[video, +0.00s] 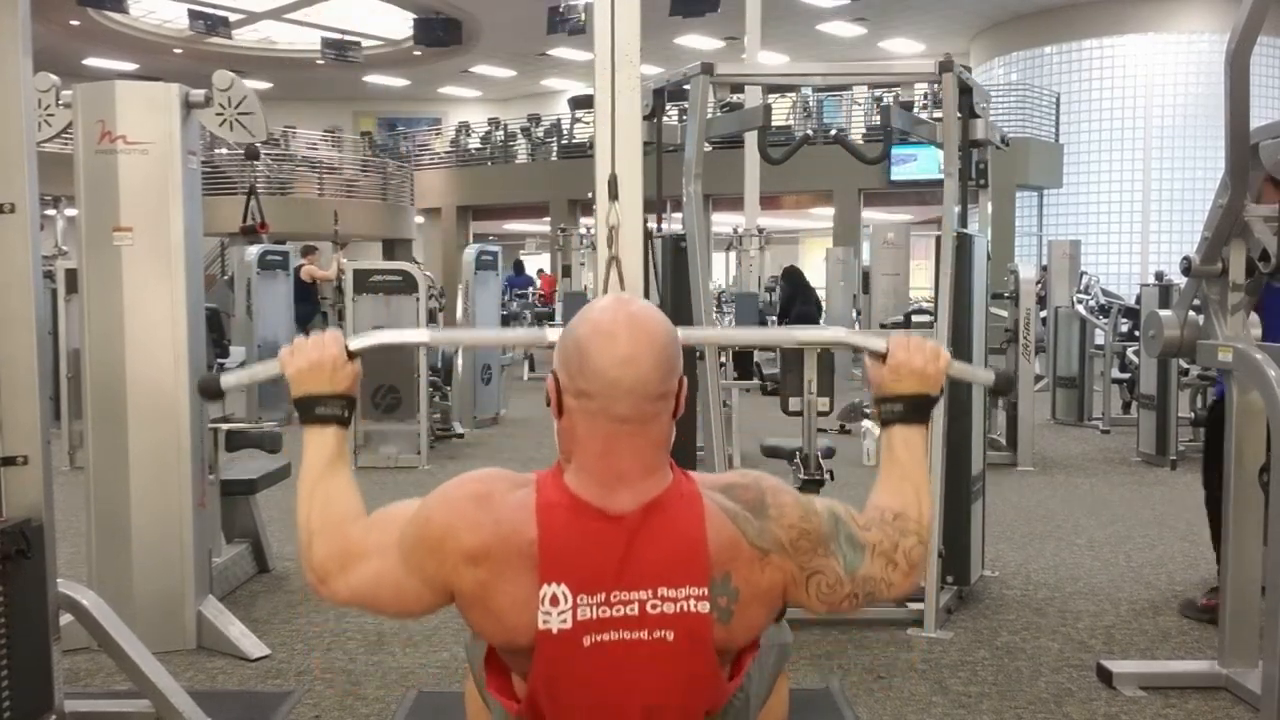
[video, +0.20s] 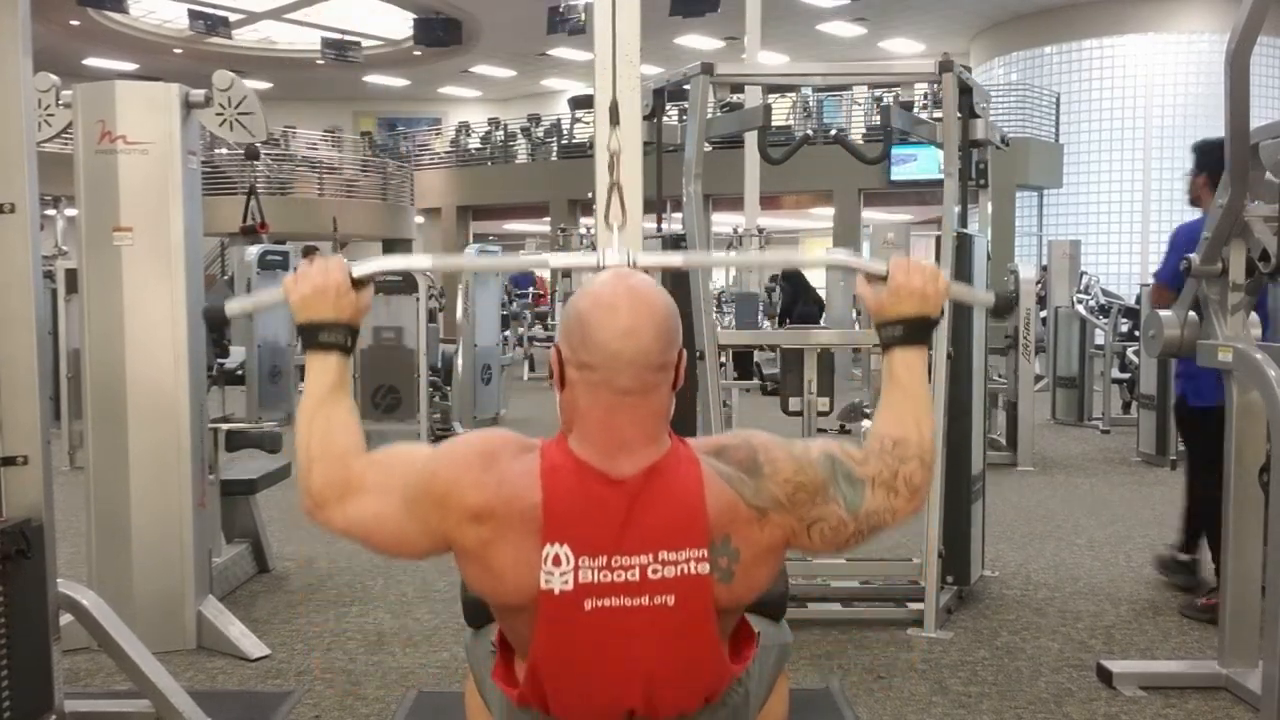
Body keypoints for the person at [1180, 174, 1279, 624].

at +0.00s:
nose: (1254, 197)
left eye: (1259, 187)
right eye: (1255, 187)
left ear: (1272, 188)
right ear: (1266, 188)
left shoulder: (1263, 243)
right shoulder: (1256, 238)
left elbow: (1253, 303)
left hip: (1251, 385)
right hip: (1244, 383)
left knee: (1221, 477)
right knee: (1225, 478)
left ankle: (1234, 587)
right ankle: (1242, 584)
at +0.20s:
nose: (1189, 183)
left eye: (1193, 175)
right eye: (1193, 174)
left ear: (1206, 180)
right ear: (1232, 180)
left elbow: (1160, 298)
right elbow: (1265, 304)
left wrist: (1169, 281)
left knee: (1211, 484)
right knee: (1203, 473)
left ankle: (1226, 591)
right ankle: (1186, 551)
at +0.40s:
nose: (1142, 195)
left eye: (1147, 188)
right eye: (1146, 188)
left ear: (1161, 195)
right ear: (1183, 199)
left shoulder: (1148, 247)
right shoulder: (1201, 243)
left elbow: (1120, 311)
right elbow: (1203, 308)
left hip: (1153, 378)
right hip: (1187, 375)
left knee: (1167, 472)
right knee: (1160, 464)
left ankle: (1217, 567)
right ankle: (1147, 546)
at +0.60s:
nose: (1098, 189)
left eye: (1104, 182)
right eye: (1102, 182)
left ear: (1121, 188)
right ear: (1134, 191)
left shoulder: (1112, 237)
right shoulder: (1157, 235)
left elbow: (1093, 301)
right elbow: (1158, 299)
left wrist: (1066, 356)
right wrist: (1074, 336)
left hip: (1111, 367)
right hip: (1152, 366)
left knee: (1080, 438)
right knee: (1150, 454)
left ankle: (1133, 523)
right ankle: (1152, 550)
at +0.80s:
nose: (1048, 202)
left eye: (1054, 196)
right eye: (1051, 196)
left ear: (1073, 203)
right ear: (1082, 205)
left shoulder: (1061, 246)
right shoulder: (1100, 246)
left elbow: (1055, 305)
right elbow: (1073, 307)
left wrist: (1033, 363)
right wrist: (1017, 310)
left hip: (1068, 368)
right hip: (1107, 365)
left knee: (1040, 447)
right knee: (1123, 451)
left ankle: (1013, 517)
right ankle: (1141, 536)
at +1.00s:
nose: (995, 203)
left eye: (1002, 198)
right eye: (998, 197)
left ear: (1019, 205)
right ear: (1029, 208)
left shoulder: (1005, 247)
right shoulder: (1048, 249)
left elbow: (995, 304)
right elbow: (1050, 305)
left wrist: (981, 345)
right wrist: (1039, 343)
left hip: (1006, 358)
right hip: (1043, 358)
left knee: (998, 437)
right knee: (1042, 429)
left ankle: (1004, 520)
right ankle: (1097, 500)